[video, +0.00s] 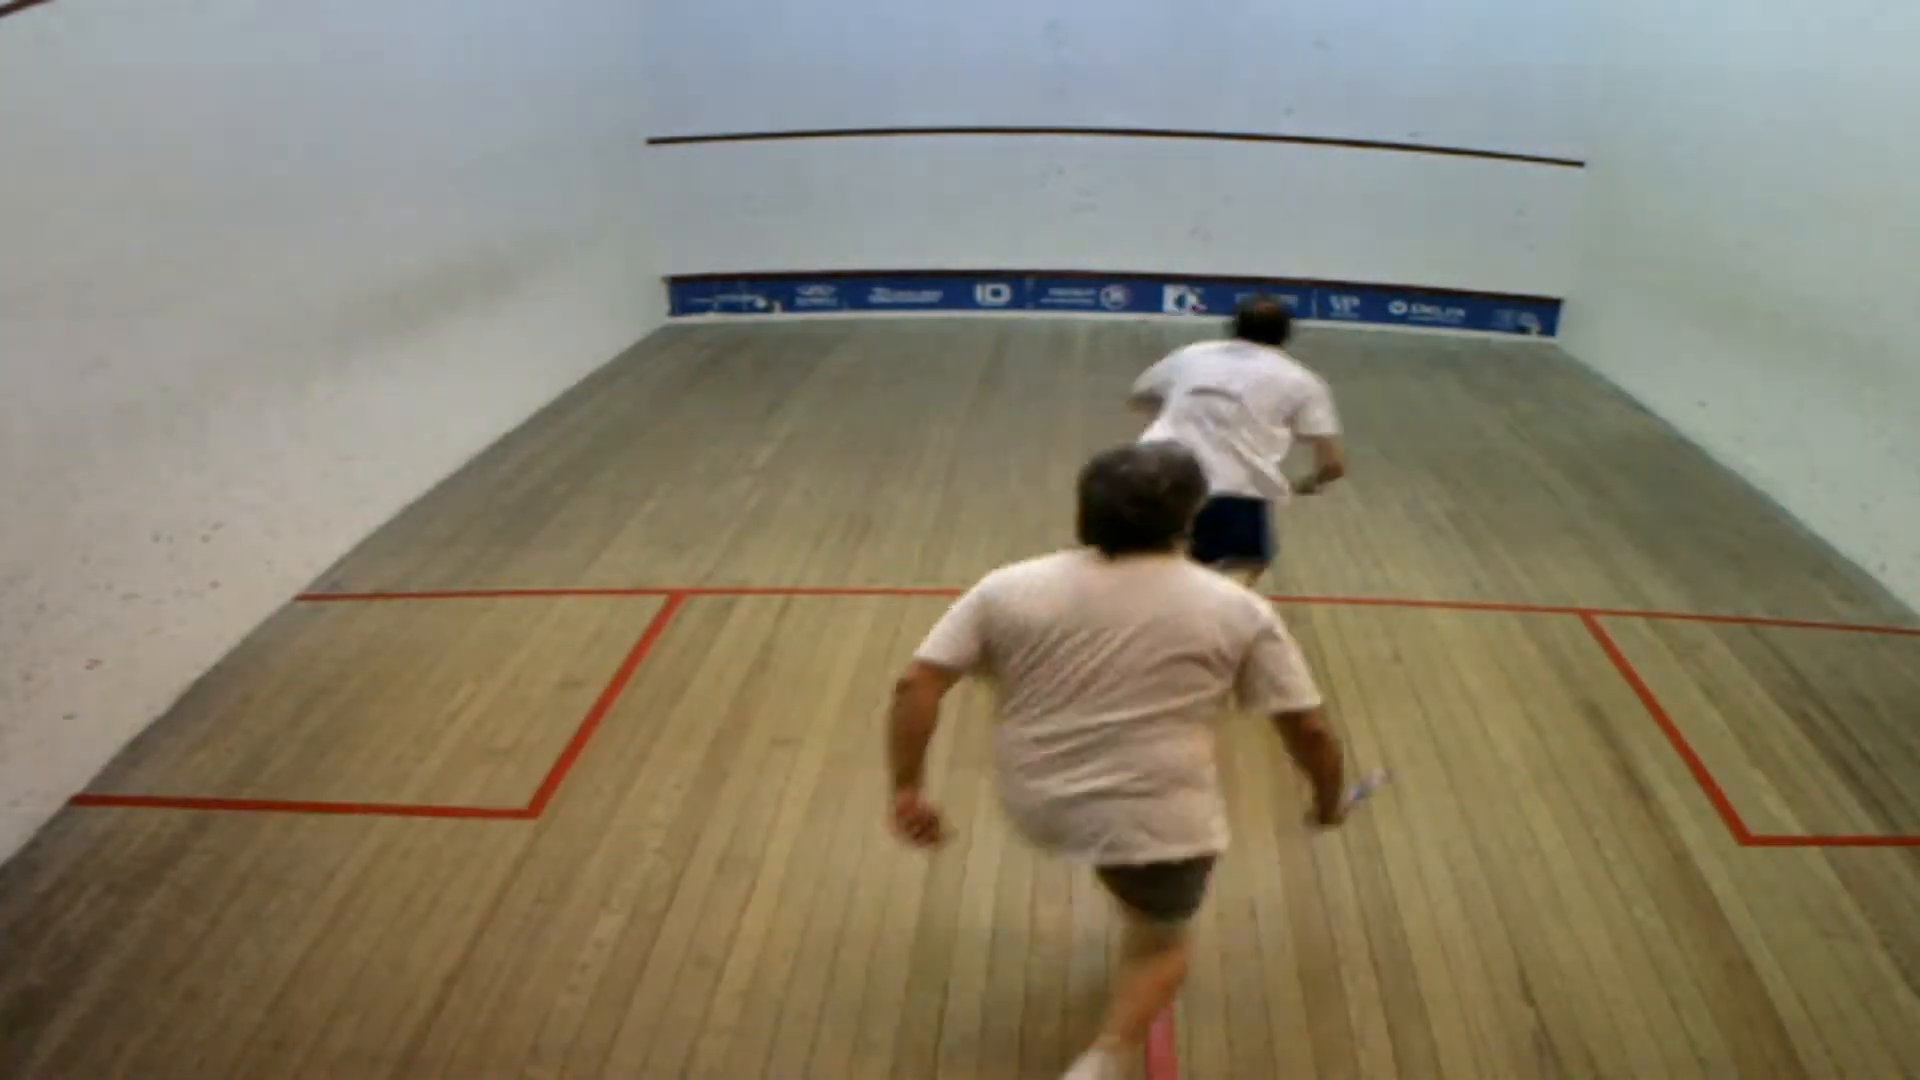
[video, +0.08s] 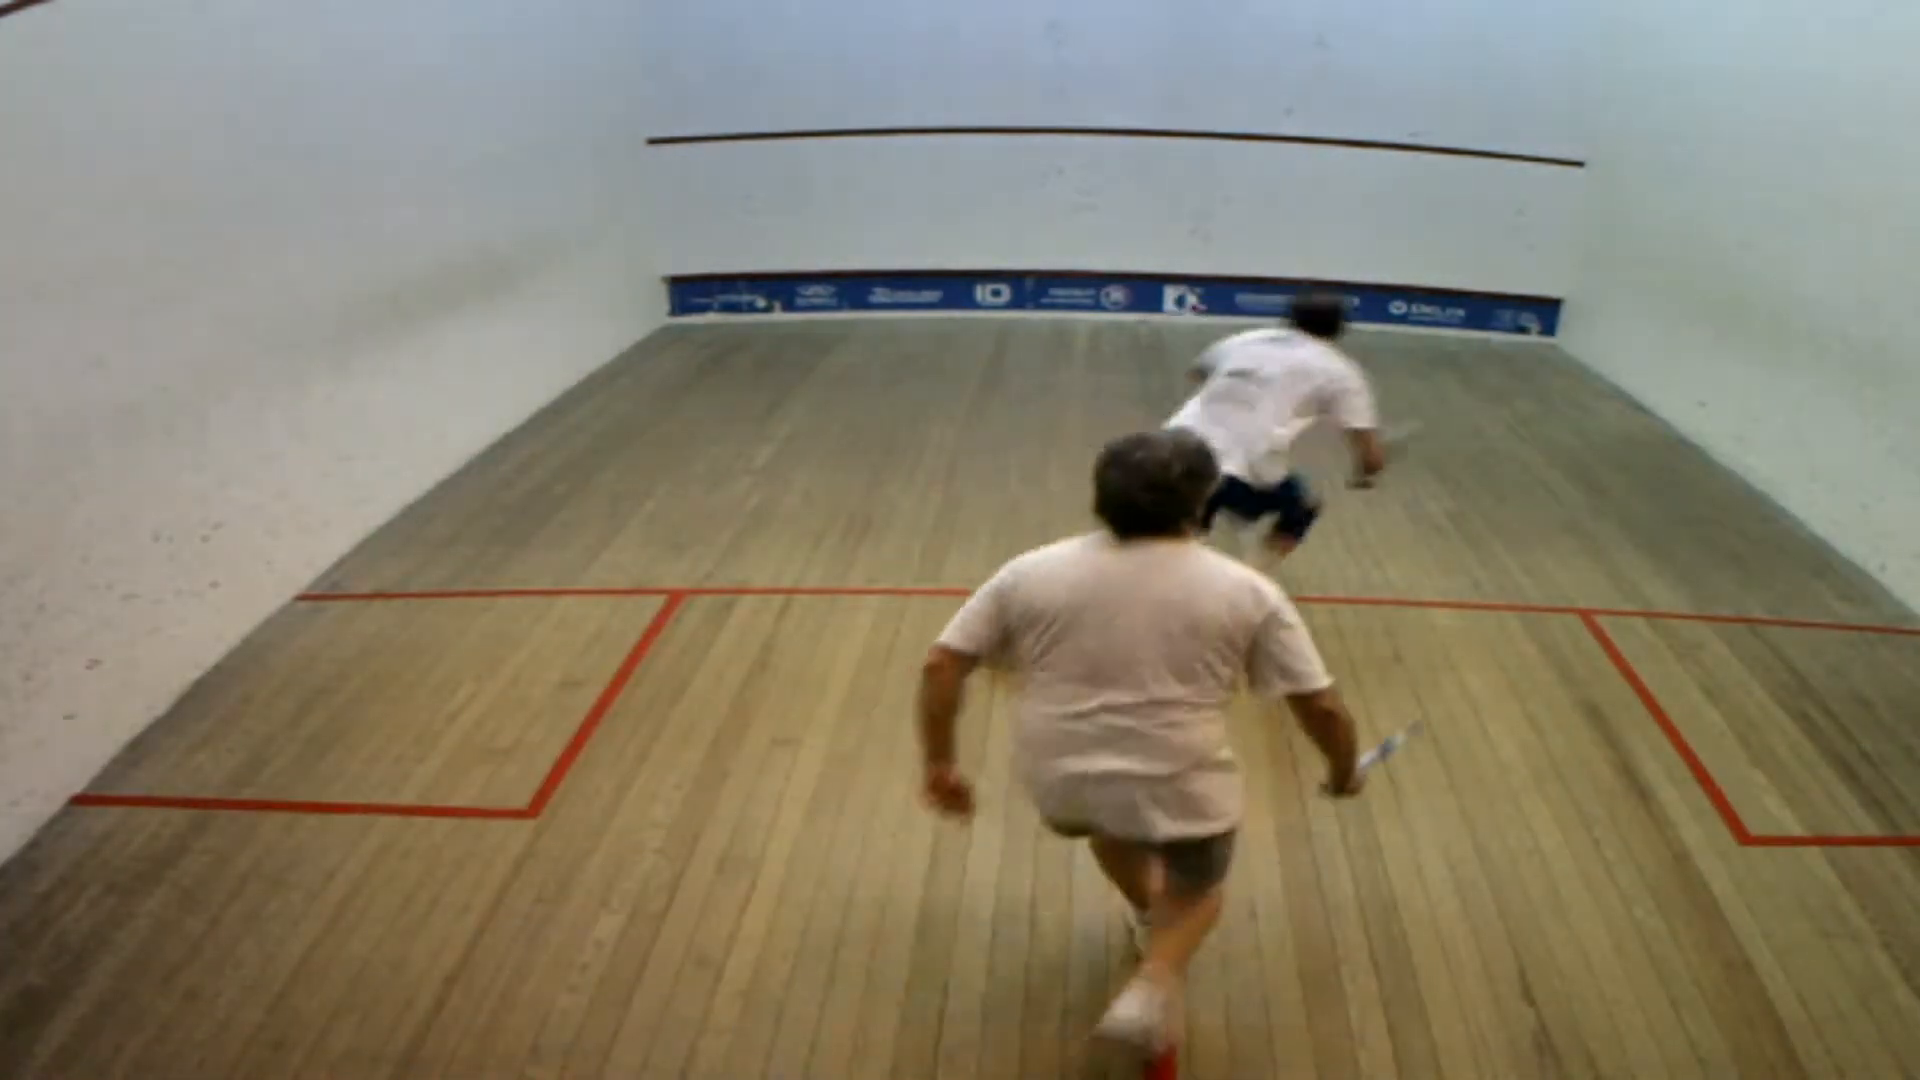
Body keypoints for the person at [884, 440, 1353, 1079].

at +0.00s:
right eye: (1193, 516)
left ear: (1087, 516)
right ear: (1185, 524)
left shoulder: (1015, 591)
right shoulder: (1229, 608)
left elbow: (916, 684)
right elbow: (1310, 731)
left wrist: (905, 789)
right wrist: (1330, 800)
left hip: (1039, 812)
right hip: (1160, 828)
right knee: (1158, 949)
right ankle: (1101, 1062)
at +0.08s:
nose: (1210, 509)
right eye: (1206, 500)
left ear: (1103, 501)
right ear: (1197, 510)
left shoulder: (1037, 575)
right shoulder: (1240, 590)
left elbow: (942, 664)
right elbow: (1320, 707)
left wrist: (939, 765)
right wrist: (1345, 768)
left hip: (1063, 792)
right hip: (1182, 793)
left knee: (1110, 829)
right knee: (1196, 888)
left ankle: (1157, 919)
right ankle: (1147, 992)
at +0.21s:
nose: (1239, 473)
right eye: (1234, 464)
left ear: (1143, 465)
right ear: (1226, 470)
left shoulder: (1085, 526)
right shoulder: (1270, 544)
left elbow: (1002, 610)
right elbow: (1341, 652)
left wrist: (1024, 659)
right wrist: (1362, 719)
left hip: (1095, 720)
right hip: (1207, 718)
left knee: (1121, 787)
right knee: (1224, 755)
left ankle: (1156, 914)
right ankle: (1225, 855)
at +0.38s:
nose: (1251, 449)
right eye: (1248, 441)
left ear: (1170, 443)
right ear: (1244, 449)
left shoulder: (1119, 502)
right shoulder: (1291, 522)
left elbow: (1043, 559)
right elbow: (1348, 618)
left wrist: (1078, 588)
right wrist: (1359, 690)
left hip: (1124, 682)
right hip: (1229, 687)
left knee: (1076, 744)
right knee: (1247, 704)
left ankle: (1133, 848)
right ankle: (1251, 764)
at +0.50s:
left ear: (1159, 438)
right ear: (1231, 440)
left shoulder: (1112, 498)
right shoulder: (1277, 511)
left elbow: (1059, 568)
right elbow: (1327, 604)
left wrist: (1078, 605)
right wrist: (1341, 673)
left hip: (1136, 665)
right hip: (1239, 670)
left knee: (1045, 712)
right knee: (1256, 678)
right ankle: (1248, 760)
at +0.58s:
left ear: (1152, 442)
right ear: (1224, 443)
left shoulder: (1108, 499)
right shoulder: (1271, 510)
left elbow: (1073, 573)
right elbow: (1318, 602)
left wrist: (1100, 629)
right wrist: (1335, 674)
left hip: (1134, 657)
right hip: (1238, 661)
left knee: (1045, 725)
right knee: (1264, 664)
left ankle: (1033, 846)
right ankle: (1250, 758)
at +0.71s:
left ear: (1208, 416)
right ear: (1273, 423)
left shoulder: (1164, 463)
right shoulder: (1304, 484)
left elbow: (1152, 535)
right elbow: (1354, 574)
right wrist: (1369, 646)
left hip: (1148, 609)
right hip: (1240, 620)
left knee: (1081, 709)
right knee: (1260, 673)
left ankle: (1043, 826)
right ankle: (1203, 763)